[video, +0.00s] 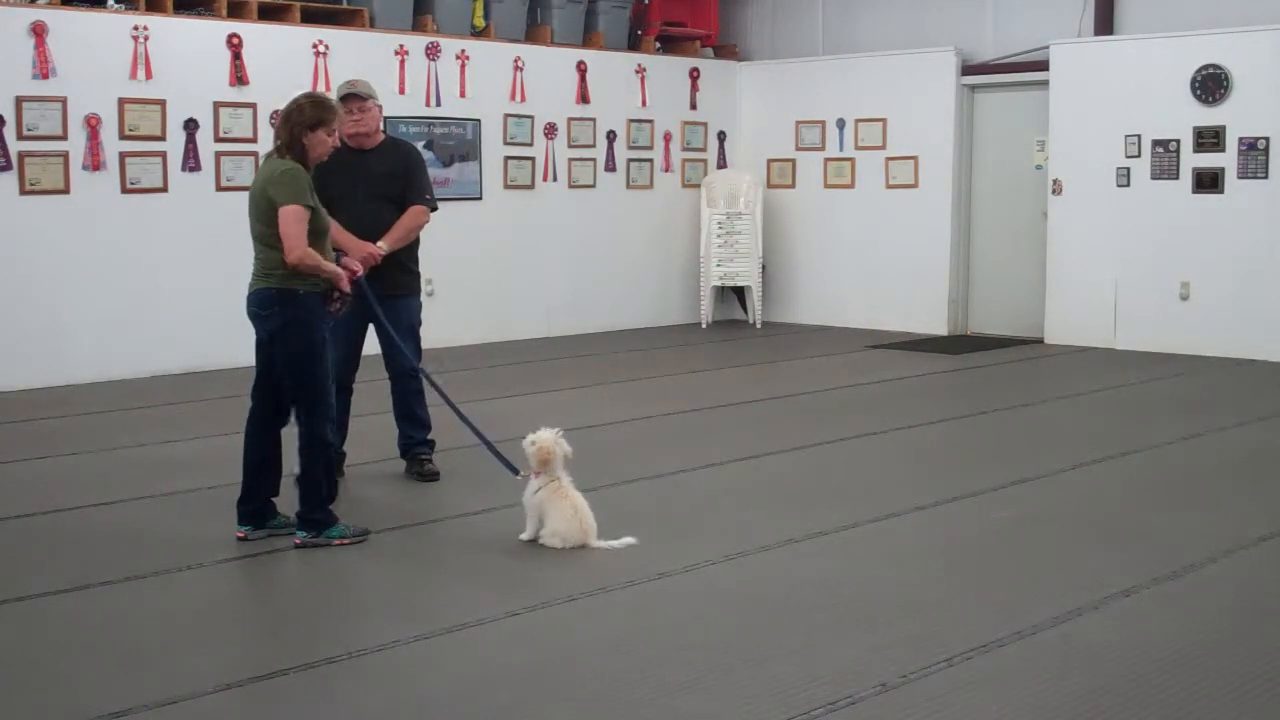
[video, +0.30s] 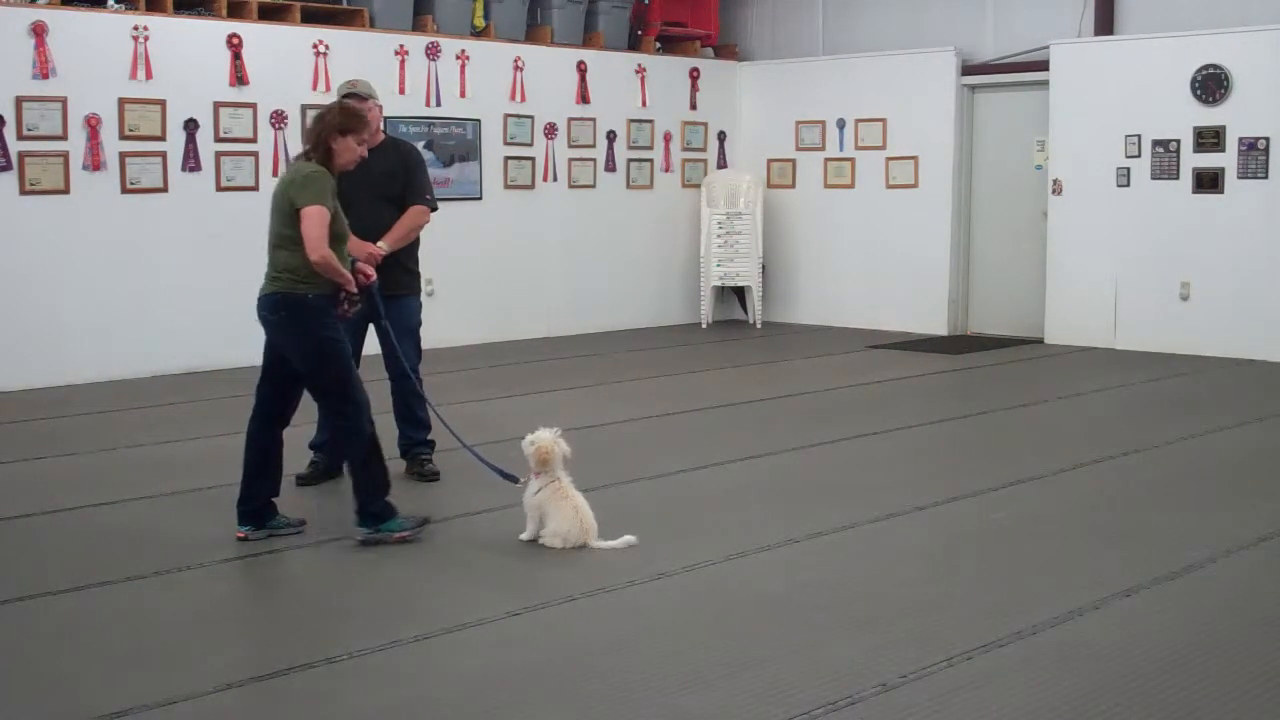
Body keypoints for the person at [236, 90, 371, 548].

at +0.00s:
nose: (334, 144)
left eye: (335, 135)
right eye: (331, 134)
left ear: (301, 132)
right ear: (308, 132)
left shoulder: (279, 171)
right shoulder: (290, 176)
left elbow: (310, 234)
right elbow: (296, 253)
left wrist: (339, 258)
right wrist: (334, 271)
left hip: (276, 299)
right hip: (293, 302)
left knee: (268, 410)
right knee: (318, 412)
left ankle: (255, 514)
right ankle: (316, 519)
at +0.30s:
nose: (363, 154)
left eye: (364, 146)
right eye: (358, 144)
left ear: (331, 140)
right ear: (335, 138)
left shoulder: (307, 177)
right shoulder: (314, 179)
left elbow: (331, 236)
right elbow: (317, 253)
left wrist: (356, 257)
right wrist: (348, 280)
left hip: (287, 306)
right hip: (303, 307)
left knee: (270, 414)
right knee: (351, 405)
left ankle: (256, 515)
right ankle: (375, 515)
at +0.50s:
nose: (414, 173)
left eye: (417, 166)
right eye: (411, 164)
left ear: (384, 153)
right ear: (388, 153)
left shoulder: (340, 181)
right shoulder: (367, 190)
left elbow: (332, 249)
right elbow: (363, 269)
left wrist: (375, 275)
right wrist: (377, 290)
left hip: (297, 306)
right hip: (329, 310)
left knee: (281, 413)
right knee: (373, 412)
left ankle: (256, 515)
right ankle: (391, 518)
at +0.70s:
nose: (465, 195)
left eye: (469, 188)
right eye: (464, 185)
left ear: (437, 171)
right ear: (444, 175)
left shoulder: (387, 187)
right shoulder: (413, 202)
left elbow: (362, 248)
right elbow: (402, 278)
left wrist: (397, 292)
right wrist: (400, 304)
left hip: (311, 296)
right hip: (347, 305)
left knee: (292, 404)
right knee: (382, 412)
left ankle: (261, 509)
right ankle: (391, 519)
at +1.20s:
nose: (509, 233)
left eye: (515, 227)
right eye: (511, 223)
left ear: (489, 201)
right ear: (494, 206)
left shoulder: (433, 203)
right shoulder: (460, 221)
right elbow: (445, 297)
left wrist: (419, 305)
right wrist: (424, 308)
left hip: (333, 291)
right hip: (372, 303)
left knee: (306, 398)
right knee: (395, 416)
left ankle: (270, 499)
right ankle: (393, 520)